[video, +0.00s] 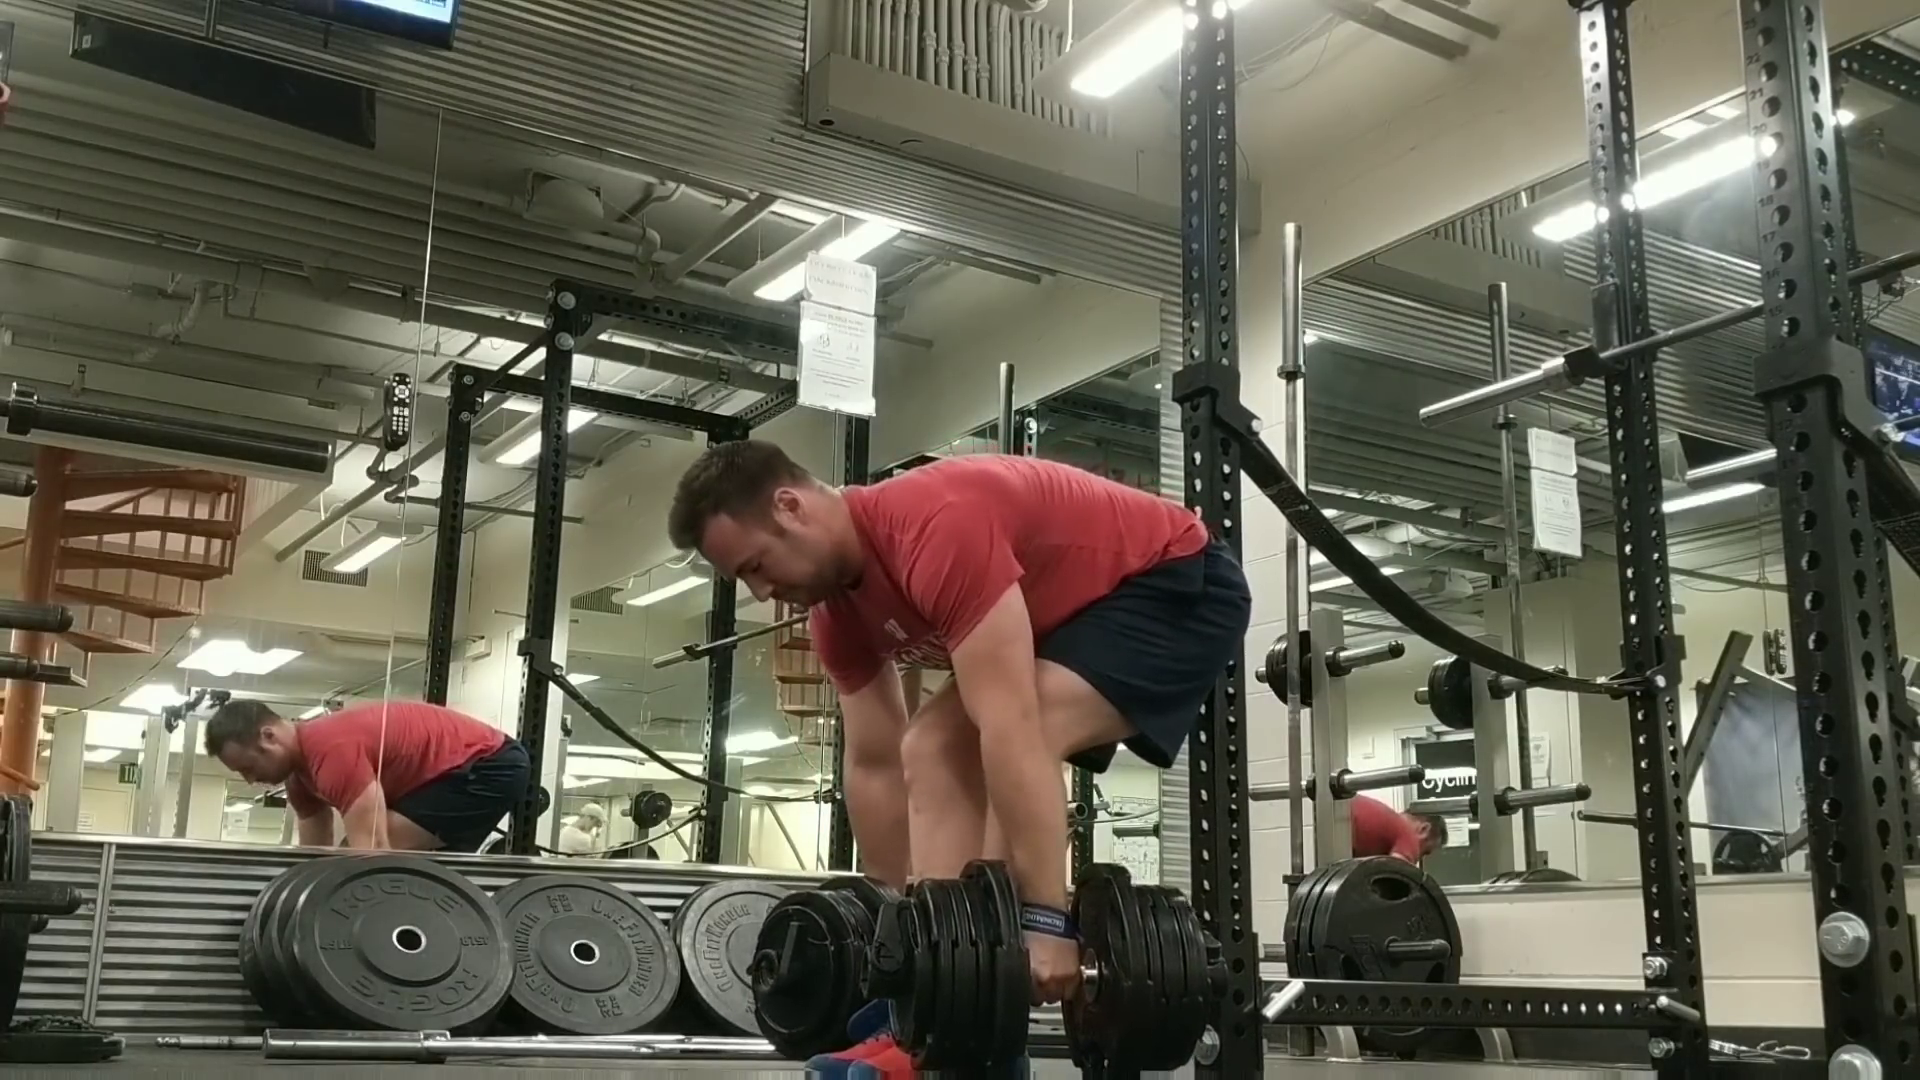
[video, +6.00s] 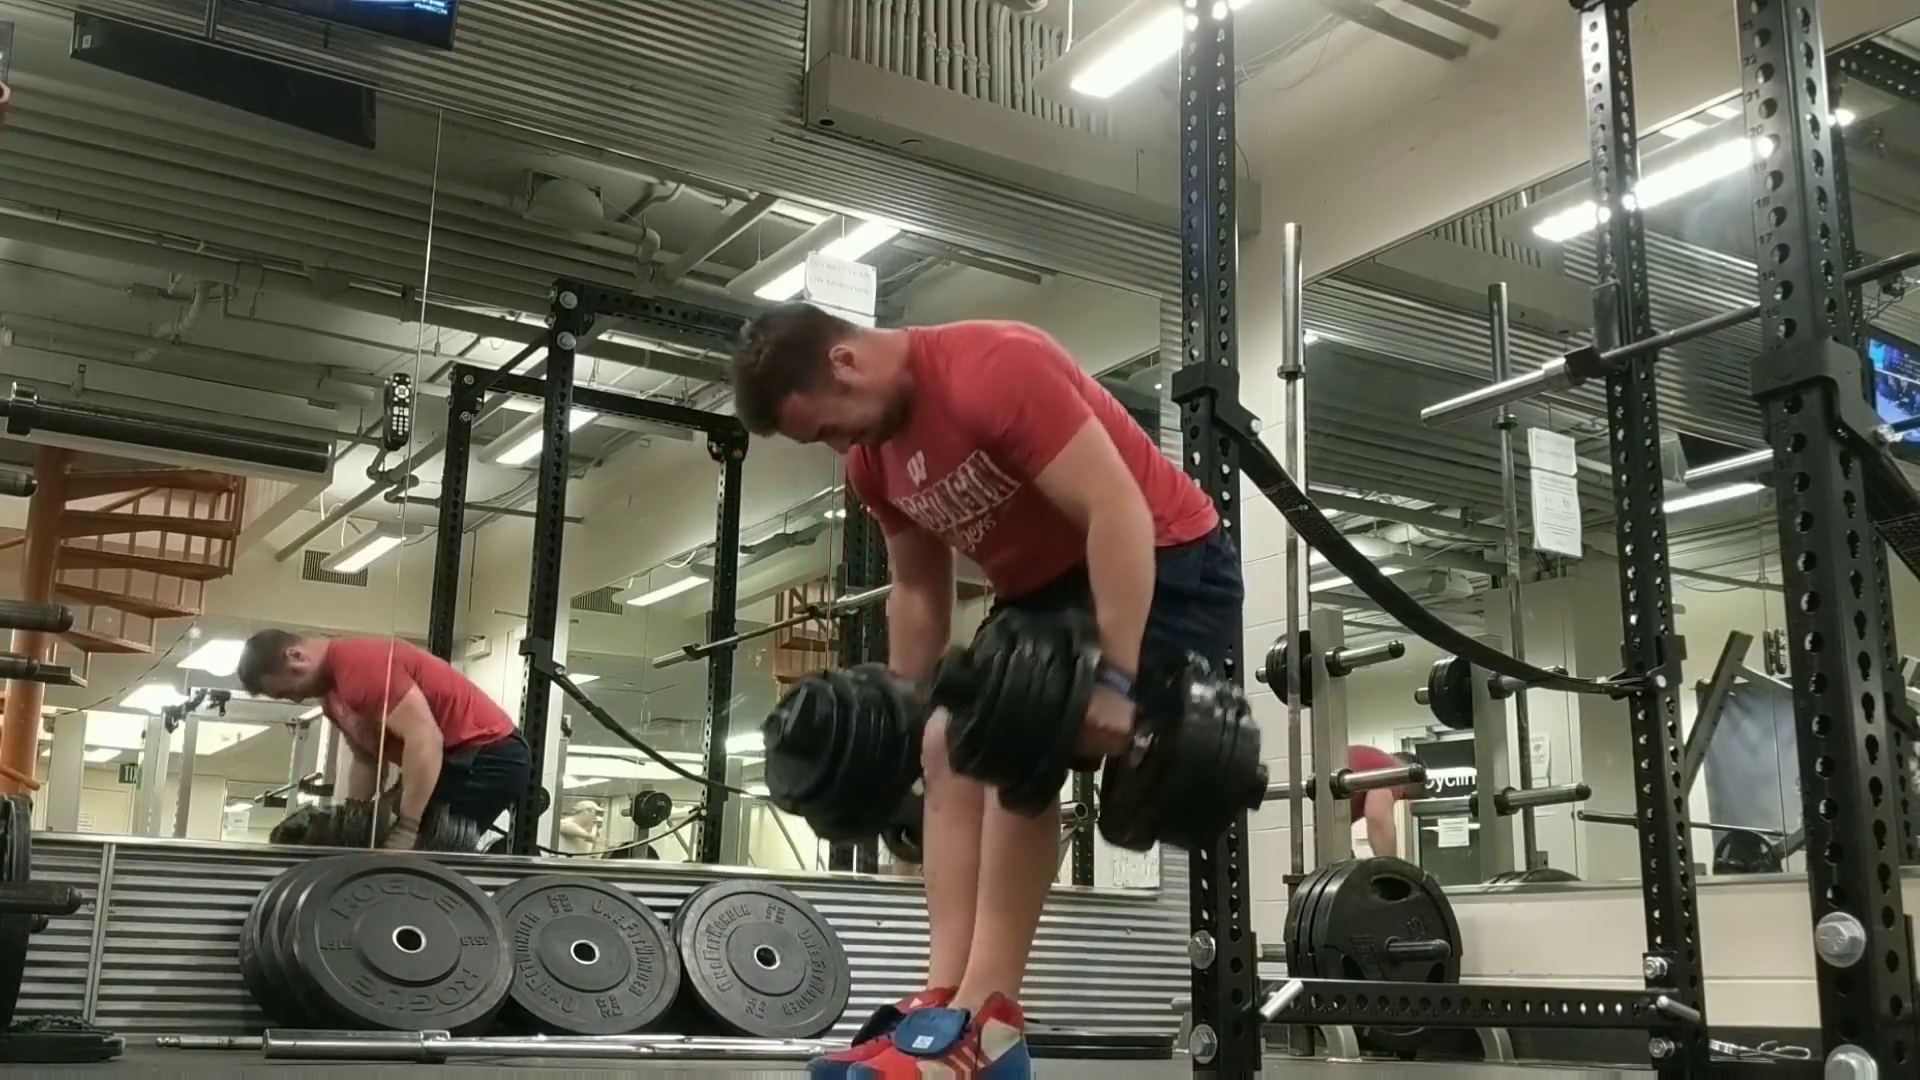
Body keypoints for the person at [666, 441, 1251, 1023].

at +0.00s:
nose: (760, 593)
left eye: (755, 566)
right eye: (743, 581)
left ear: (793, 505)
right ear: (794, 509)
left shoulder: (940, 527)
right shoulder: (839, 611)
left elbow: (1013, 727)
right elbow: (876, 765)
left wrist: (1050, 921)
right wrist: (890, 943)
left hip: (1176, 585)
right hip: (1075, 612)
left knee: (1003, 739)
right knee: (932, 743)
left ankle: (975, 1021)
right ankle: (921, 1005)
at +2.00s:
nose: (783, 493)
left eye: (777, 469)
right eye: (765, 483)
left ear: (810, 404)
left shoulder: (958, 432)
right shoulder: (849, 523)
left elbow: (1069, 581)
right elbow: (891, 655)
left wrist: (1064, 761)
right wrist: (887, 803)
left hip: (1164, 570)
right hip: (1040, 600)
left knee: (1027, 727)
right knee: (947, 732)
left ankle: (990, 1017)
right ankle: (943, 998)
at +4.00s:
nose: (802, 467)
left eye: (795, 442)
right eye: (784, 458)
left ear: (826, 380)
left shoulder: (976, 408)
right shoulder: (859, 502)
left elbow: (1082, 561)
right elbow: (897, 630)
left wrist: (1073, 740)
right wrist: (885, 778)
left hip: (1169, 569)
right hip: (1044, 594)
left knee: (1035, 762)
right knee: (949, 753)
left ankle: (990, 1017)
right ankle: (941, 1002)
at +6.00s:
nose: (835, 448)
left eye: (825, 428)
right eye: (818, 442)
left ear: (846, 360)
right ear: (845, 367)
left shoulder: (995, 368)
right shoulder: (871, 460)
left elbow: (1117, 510)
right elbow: (916, 583)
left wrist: (1117, 679)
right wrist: (899, 721)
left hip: (1156, 568)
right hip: (1040, 593)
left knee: (1022, 751)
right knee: (949, 739)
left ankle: (992, 1013)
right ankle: (942, 999)